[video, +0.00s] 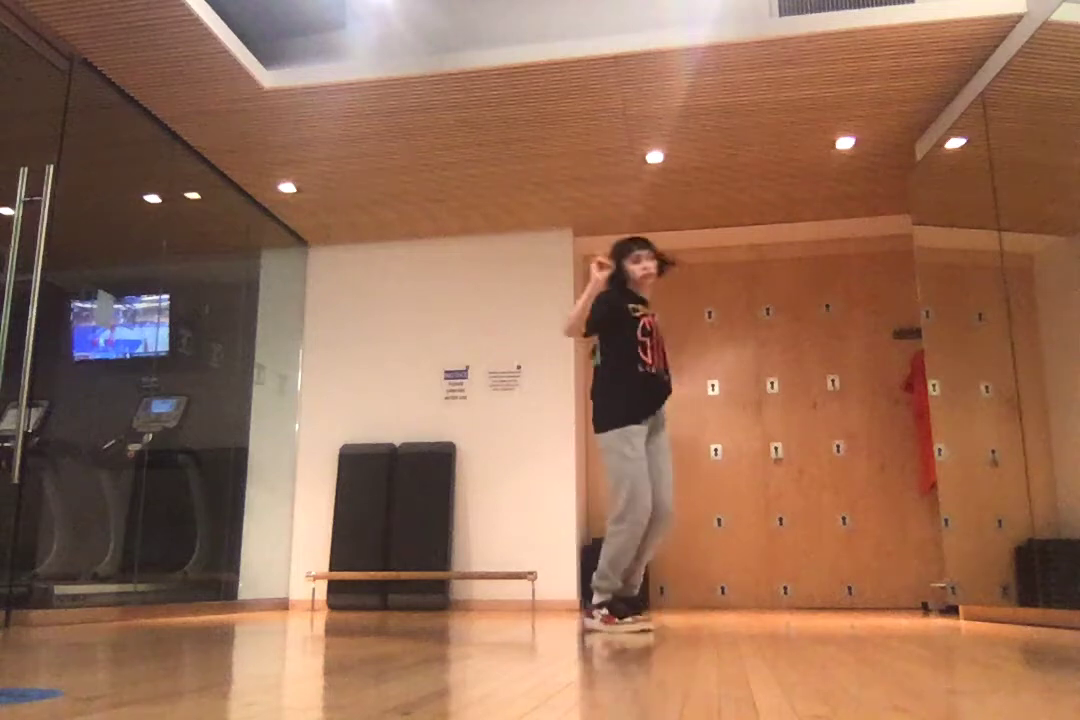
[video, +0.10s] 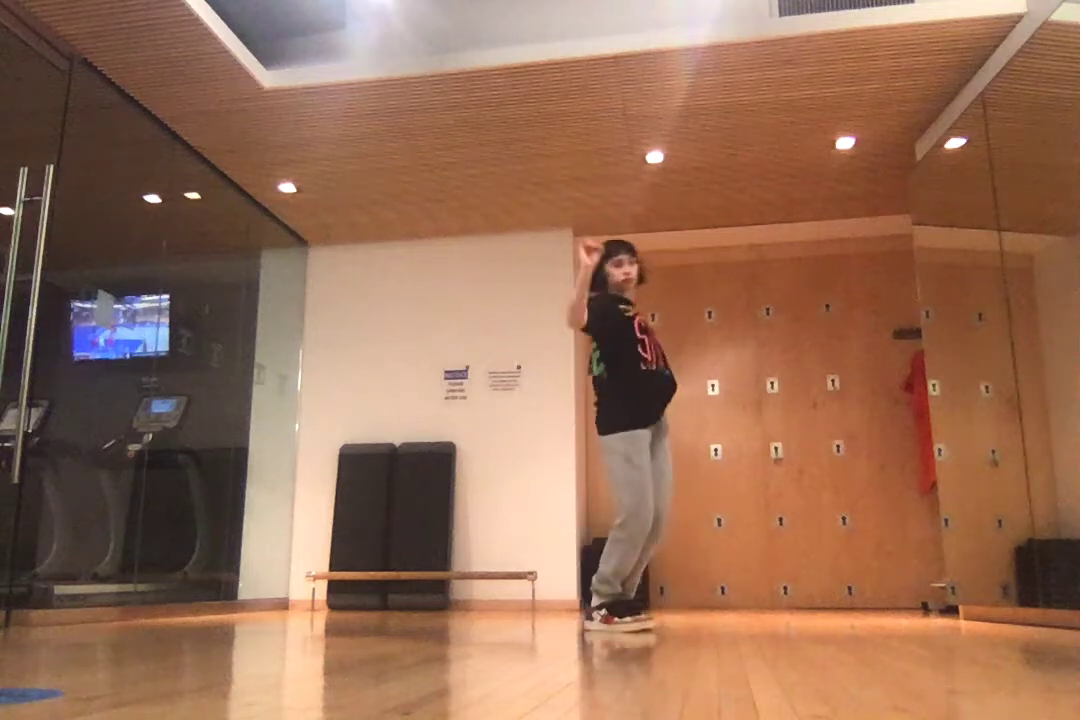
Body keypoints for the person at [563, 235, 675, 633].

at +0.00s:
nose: (646, 267)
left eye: (650, 261)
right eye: (636, 262)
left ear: (657, 268)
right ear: (621, 269)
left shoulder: (644, 306)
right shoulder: (612, 301)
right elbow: (573, 328)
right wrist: (594, 285)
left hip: (652, 414)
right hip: (619, 419)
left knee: (661, 509)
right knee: (634, 506)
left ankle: (624, 596)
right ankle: (599, 603)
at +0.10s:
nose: (626, 269)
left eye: (631, 263)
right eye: (617, 264)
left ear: (638, 269)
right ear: (603, 271)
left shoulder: (631, 311)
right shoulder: (604, 307)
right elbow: (575, 320)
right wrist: (585, 270)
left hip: (652, 421)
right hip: (622, 426)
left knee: (656, 516)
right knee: (638, 514)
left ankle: (620, 602)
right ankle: (601, 604)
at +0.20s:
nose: (613, 274)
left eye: (618, 267)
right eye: (604, 268)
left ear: (626, 274)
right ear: (590, 276)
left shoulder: (621, 316)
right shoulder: (596, 316)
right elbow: (575, 299)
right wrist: (576, 252)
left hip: (655, 424)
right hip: (630, 426)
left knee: (653, 519)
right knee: (638, 516)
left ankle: (618, 603)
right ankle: (604, 604)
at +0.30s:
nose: (608, 279)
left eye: (613, 272)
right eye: (600, 271)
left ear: (618, 279)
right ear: (584, 276)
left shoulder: (609, 313)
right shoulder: (586, 310)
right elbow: (576, 276)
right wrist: (571, 226)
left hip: (659, 418)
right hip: (636, 420)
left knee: (658, 514)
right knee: (638, 511)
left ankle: (620, 601)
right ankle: (602, 604)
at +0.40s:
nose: (618, 284)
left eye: (622, 278)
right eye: (611, 276)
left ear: (623, 282)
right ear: (593, 278)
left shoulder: (605, 310)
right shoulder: (584, 309)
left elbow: (578, 266)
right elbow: (581, 270)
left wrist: (580, 228)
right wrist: (586, 221)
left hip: (656, 413)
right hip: (628, 421)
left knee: (683, 504)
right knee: (650, 512)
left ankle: (649, 590)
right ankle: (606, 600)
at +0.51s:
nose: (642, 298)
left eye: (646, 291)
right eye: (635, 288)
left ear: (648, 294)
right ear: (610, 288)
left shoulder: (636, 334)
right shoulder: (590, 331)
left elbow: (667, 376)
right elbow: (579, 337)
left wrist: (707, 385)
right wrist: (599, 303)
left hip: (636, 433)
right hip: (602, 442)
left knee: (696, 505)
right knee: (646, 521)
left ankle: (720, 595)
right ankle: (605, 603)